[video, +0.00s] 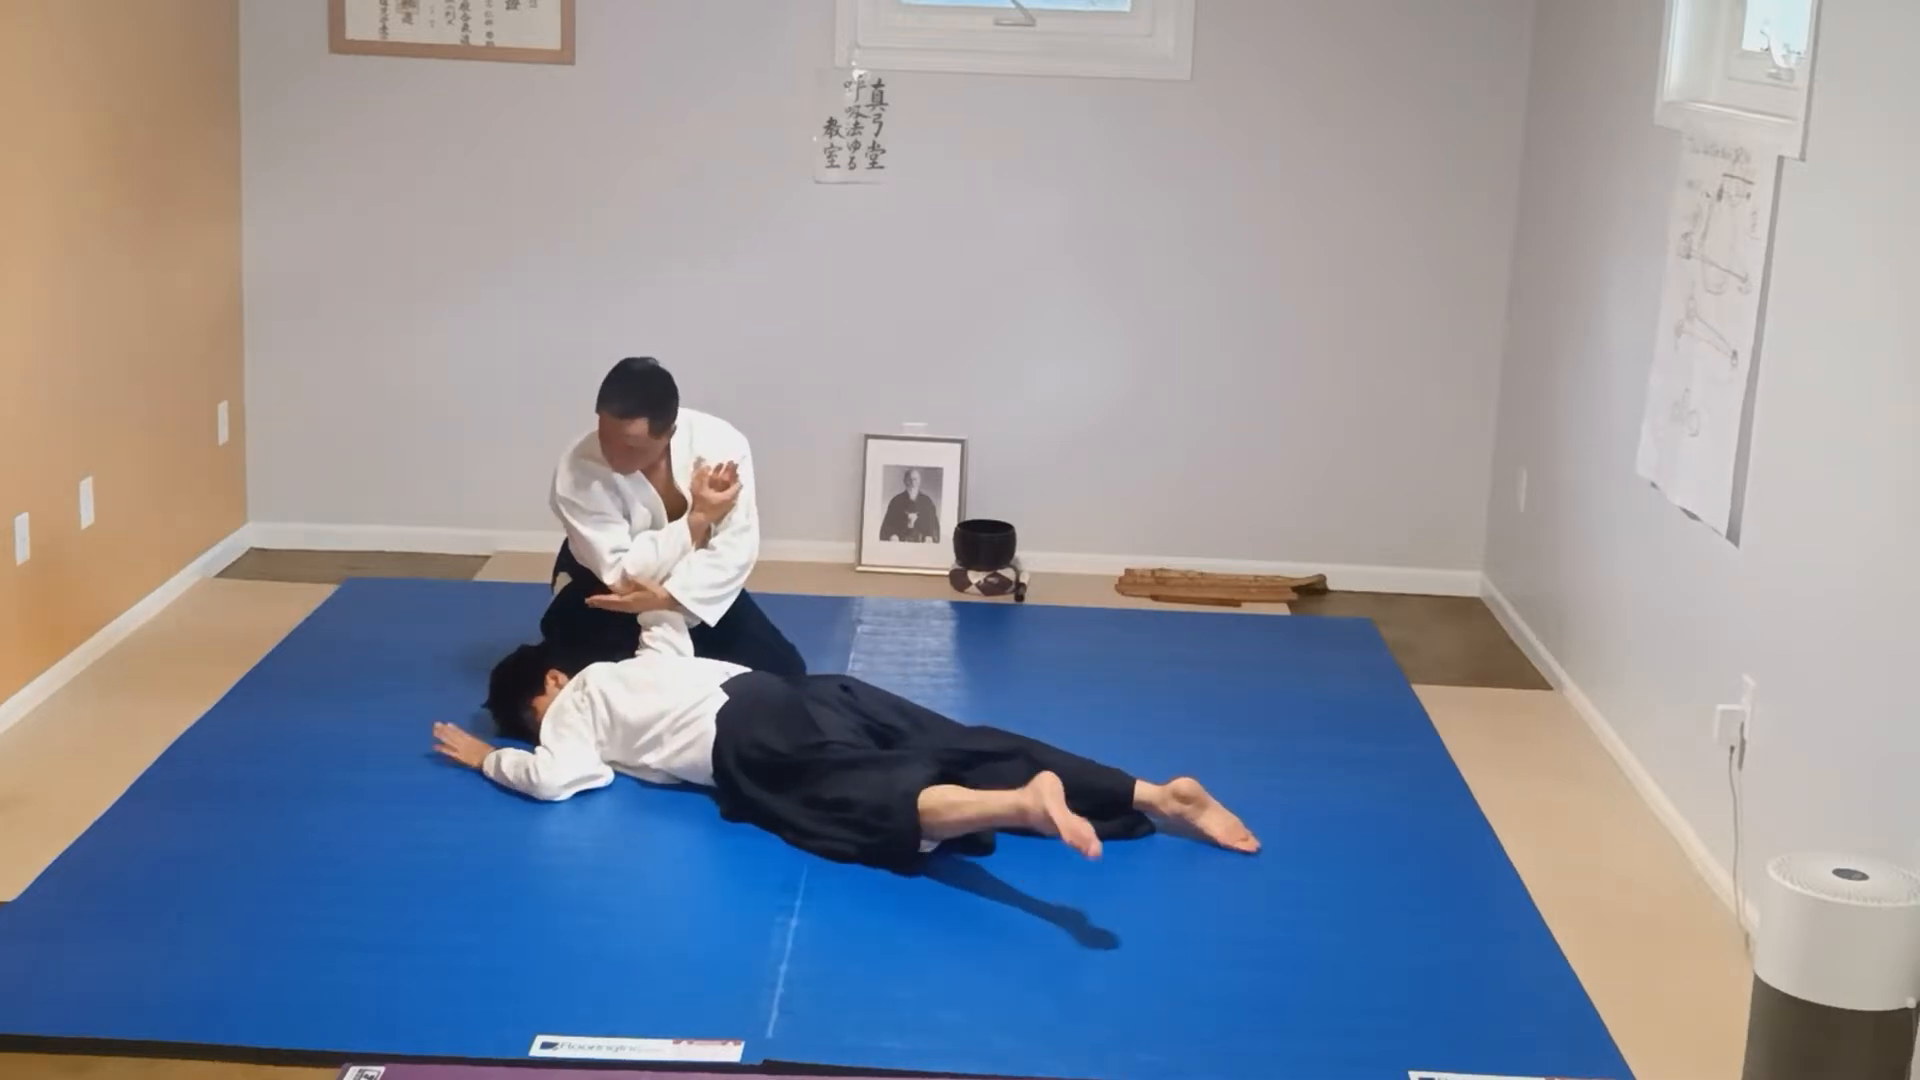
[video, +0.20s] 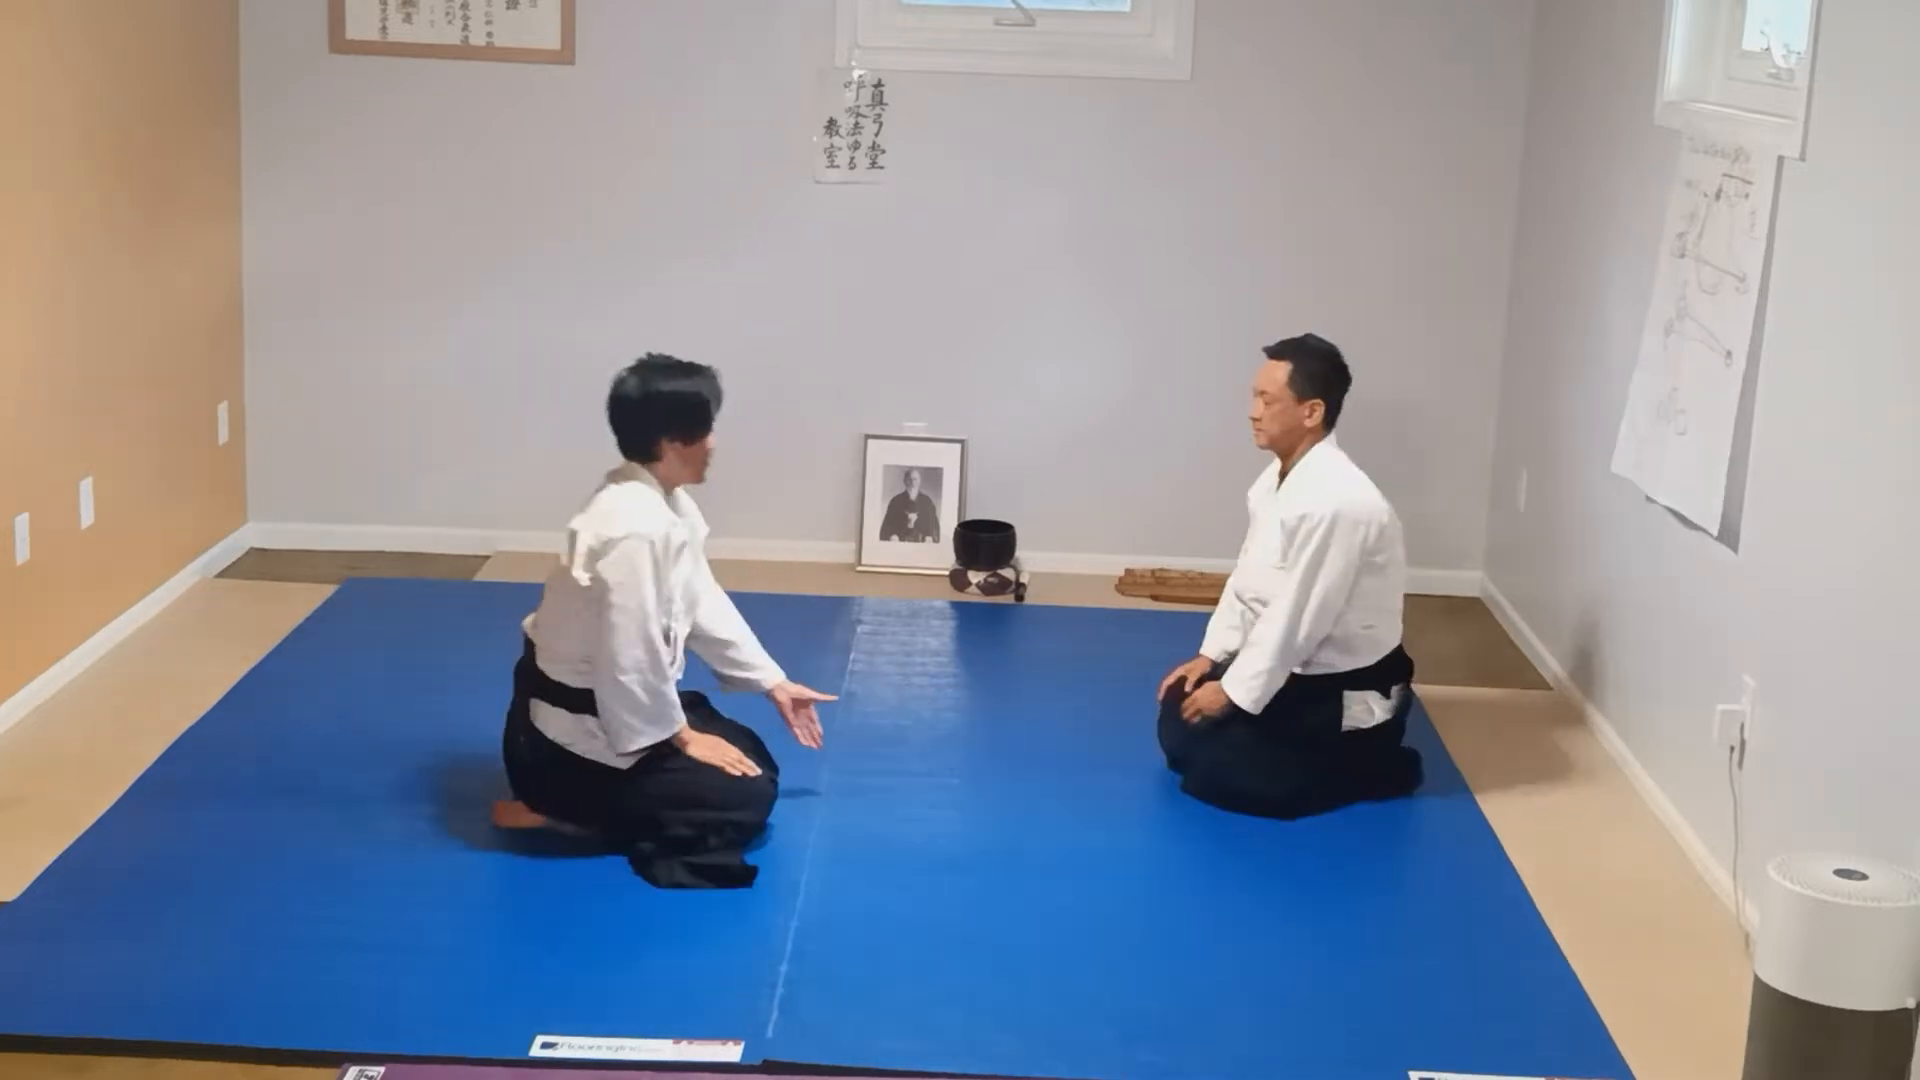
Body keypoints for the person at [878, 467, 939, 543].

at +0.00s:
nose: (912, 482)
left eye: (915, 479)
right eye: (909, 479)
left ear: (919, 481)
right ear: (905, 481)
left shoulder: (926, 501)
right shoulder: (896, 501)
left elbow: (933, 523)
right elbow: (887, 525)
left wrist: (931, 537)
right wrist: (892, 536)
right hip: (899, 543)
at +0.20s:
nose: (912, 482)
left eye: (915, 479)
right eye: (909, 480)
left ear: (919, 481)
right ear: (905, 481)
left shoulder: (926, 501)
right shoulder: (896, 501)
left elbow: (933, 523)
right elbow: (887, 525)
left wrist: (930, 537)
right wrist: (892, 536)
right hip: (899, 544)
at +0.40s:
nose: (912, 482)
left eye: (915, 479)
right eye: (909, 480)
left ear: (919, 481)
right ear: (905, 482)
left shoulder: (926, 501)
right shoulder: (896, 501)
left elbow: (933, 523)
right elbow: (887, 524)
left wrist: (931, 538)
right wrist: (891, 537)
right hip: (899, 543)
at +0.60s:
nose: (913, 482)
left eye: (915, 479)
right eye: (910, 479)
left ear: (920, 481)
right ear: (905, 481)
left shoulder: (926, 501)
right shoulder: (896, 501)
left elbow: (934, 526)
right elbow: (885, 529)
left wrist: (931, 538)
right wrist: (891, 537)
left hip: (922, 546)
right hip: (899, 546)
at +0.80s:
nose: (914, 482)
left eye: (916, 479)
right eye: (911, 479)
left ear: (920, 481)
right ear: (905, 482)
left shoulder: (926, 501)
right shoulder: (897, 501)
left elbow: (934, 525)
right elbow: (886, 528)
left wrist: (931, 538)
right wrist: (890, 538)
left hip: (922, 546)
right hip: (899, 546)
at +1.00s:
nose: (913, 482)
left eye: (915, 479)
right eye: (910, 479)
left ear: (919, 481)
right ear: (906, 481)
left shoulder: (927, 501)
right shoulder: (897, 500)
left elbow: (933, 523)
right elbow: (889, 522)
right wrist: (890, 537)